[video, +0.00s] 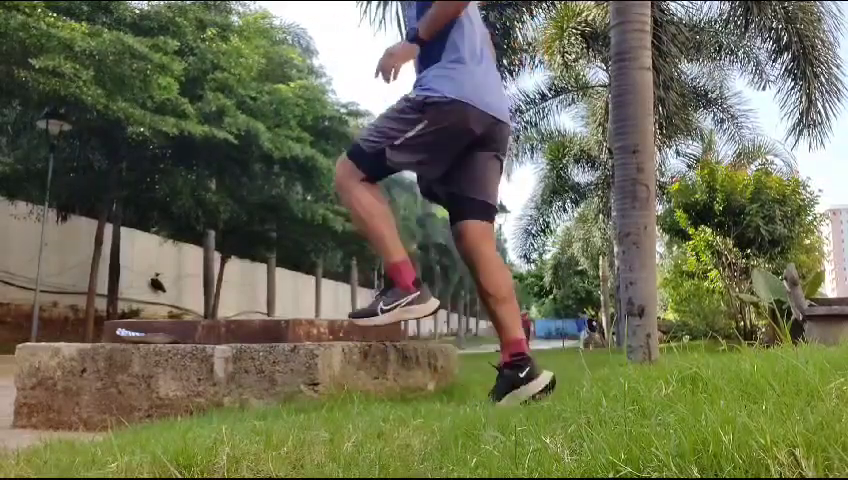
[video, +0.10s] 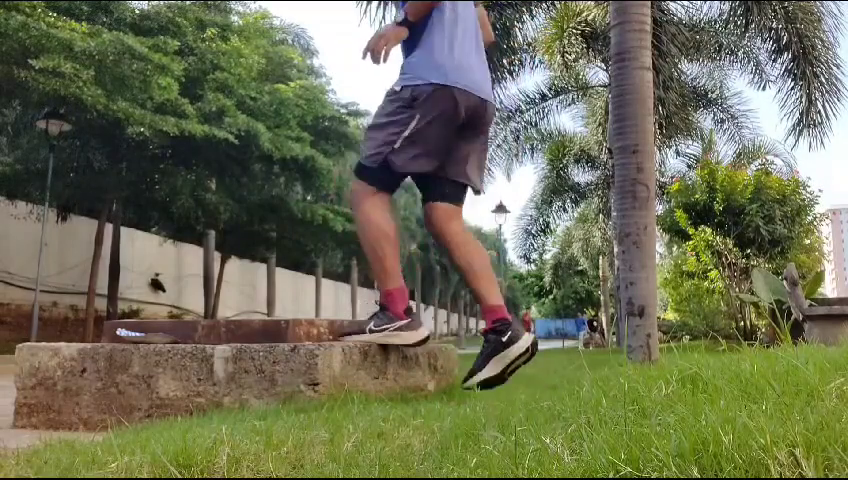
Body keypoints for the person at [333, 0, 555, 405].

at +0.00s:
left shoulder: (426, 6)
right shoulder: (470, 19)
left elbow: (457, 2)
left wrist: (413, 42)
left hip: (446, 91)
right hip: (494, 109)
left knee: (350, 173)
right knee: (476, 236)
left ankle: (405, 284)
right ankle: (517, 361)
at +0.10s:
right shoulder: (468, 6)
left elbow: (427, 1)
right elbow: (485, 33)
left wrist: (403, 23)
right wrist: (431, 40)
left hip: (431, 78)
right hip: (479, 90)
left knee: (368, 190)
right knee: (444, 214)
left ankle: (397, 311)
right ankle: (502, 328)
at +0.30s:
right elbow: (488, 10)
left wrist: (382, 9)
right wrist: (451, 37)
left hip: (431, 55)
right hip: (478, 66)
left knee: (400, 182)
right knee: (431, 188)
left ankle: (418, 310)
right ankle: (440, 313)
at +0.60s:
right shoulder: (484, 5)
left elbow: (420, 4)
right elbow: (525, 17)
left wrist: (393, 33)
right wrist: (481, 52)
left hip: (458, 96)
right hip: (496, 105)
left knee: (458, 239)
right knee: (405, 203)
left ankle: (502, 370)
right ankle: (473, 307)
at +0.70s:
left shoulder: (423, 1)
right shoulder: (482, 6)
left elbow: (443, 7)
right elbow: (530, 39)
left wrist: (395, 74)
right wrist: (490, 97)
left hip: (459, 123)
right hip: (495, 125)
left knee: (465, 256)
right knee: (412, 232)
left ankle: (518, 382)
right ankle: (500, 318)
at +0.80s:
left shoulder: (427, 2)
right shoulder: (485, 6)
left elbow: (460, 4)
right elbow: (524, 42)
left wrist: (404, 61)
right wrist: (480, 90)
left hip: (453, 110)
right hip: (490, 116)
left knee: (441, 247)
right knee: (447, 247)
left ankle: (509, 372)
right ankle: (509, 365)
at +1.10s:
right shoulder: (464, 4)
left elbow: (430, 1)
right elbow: (484, 36)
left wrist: (390, 41)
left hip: (436, 80)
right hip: (485, 95)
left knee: (356, 184)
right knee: (456, 224)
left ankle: (394, 300)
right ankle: (503, 342)